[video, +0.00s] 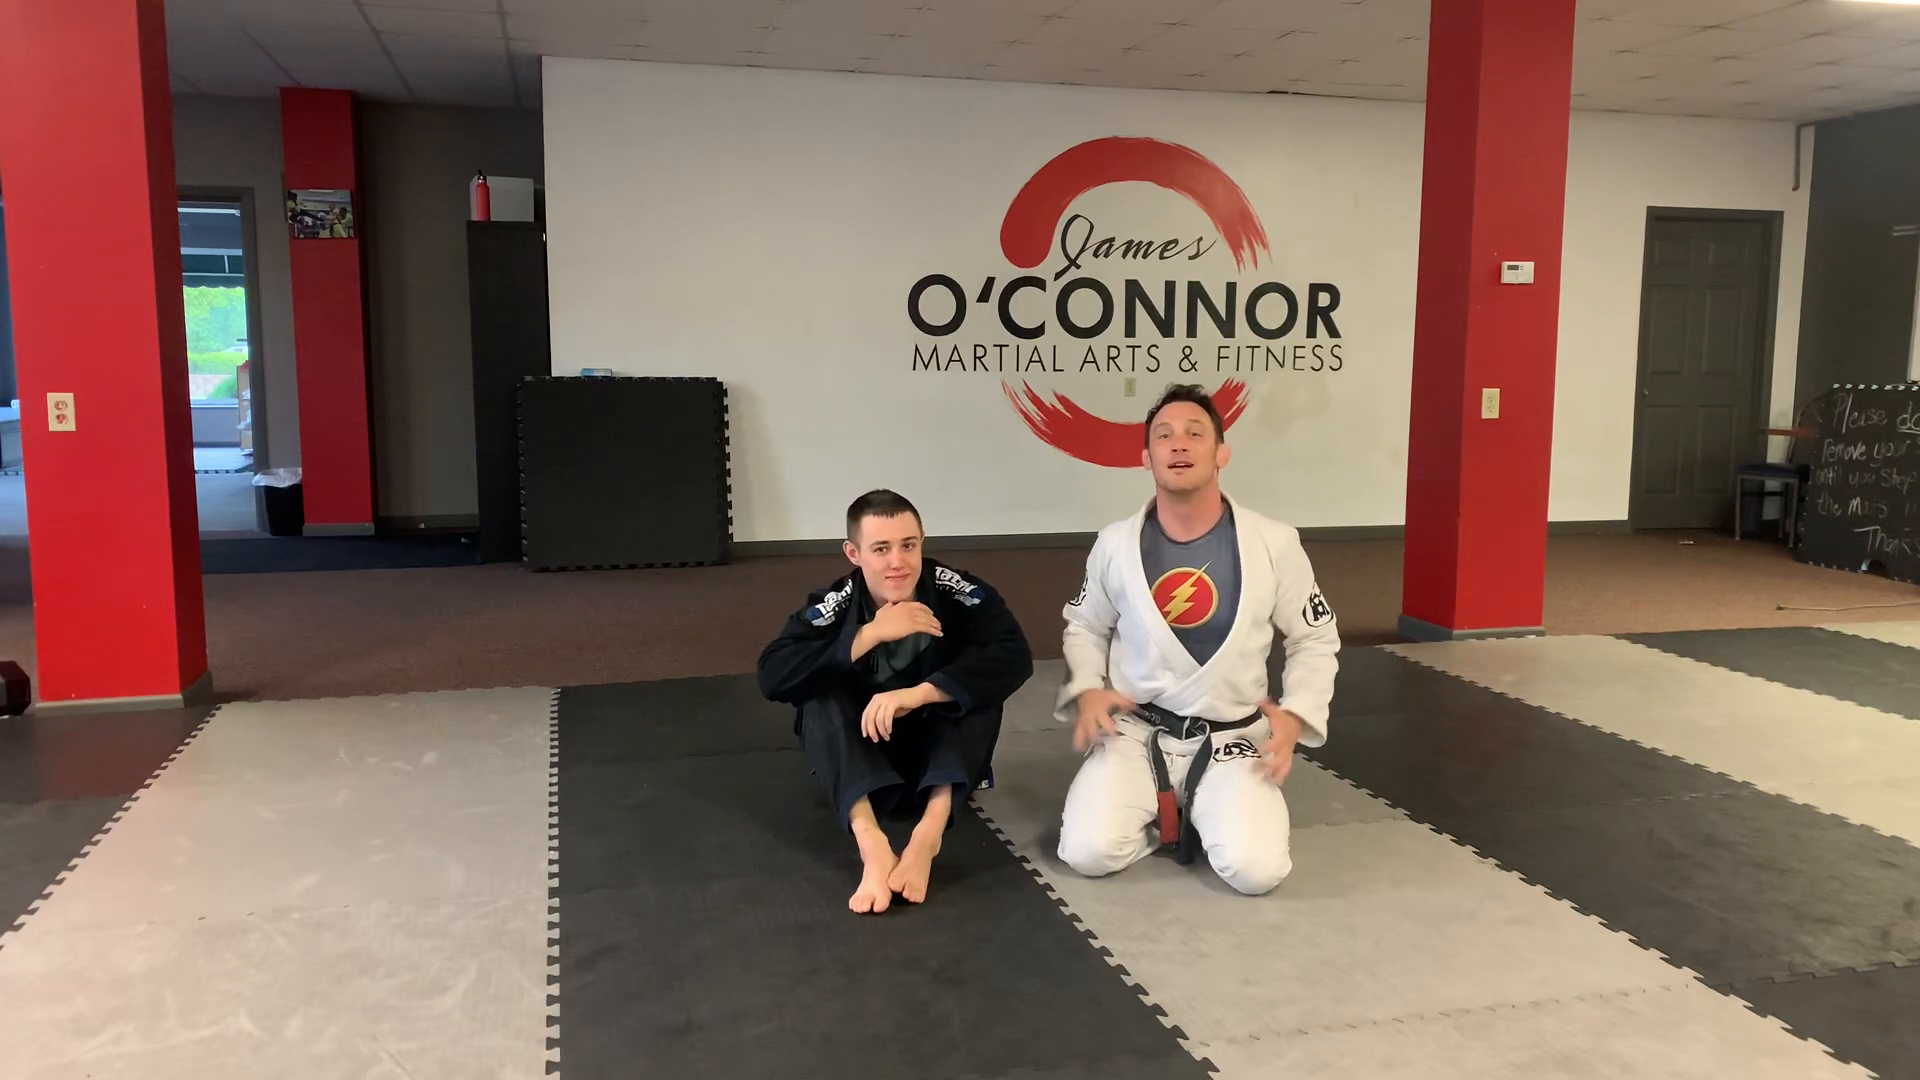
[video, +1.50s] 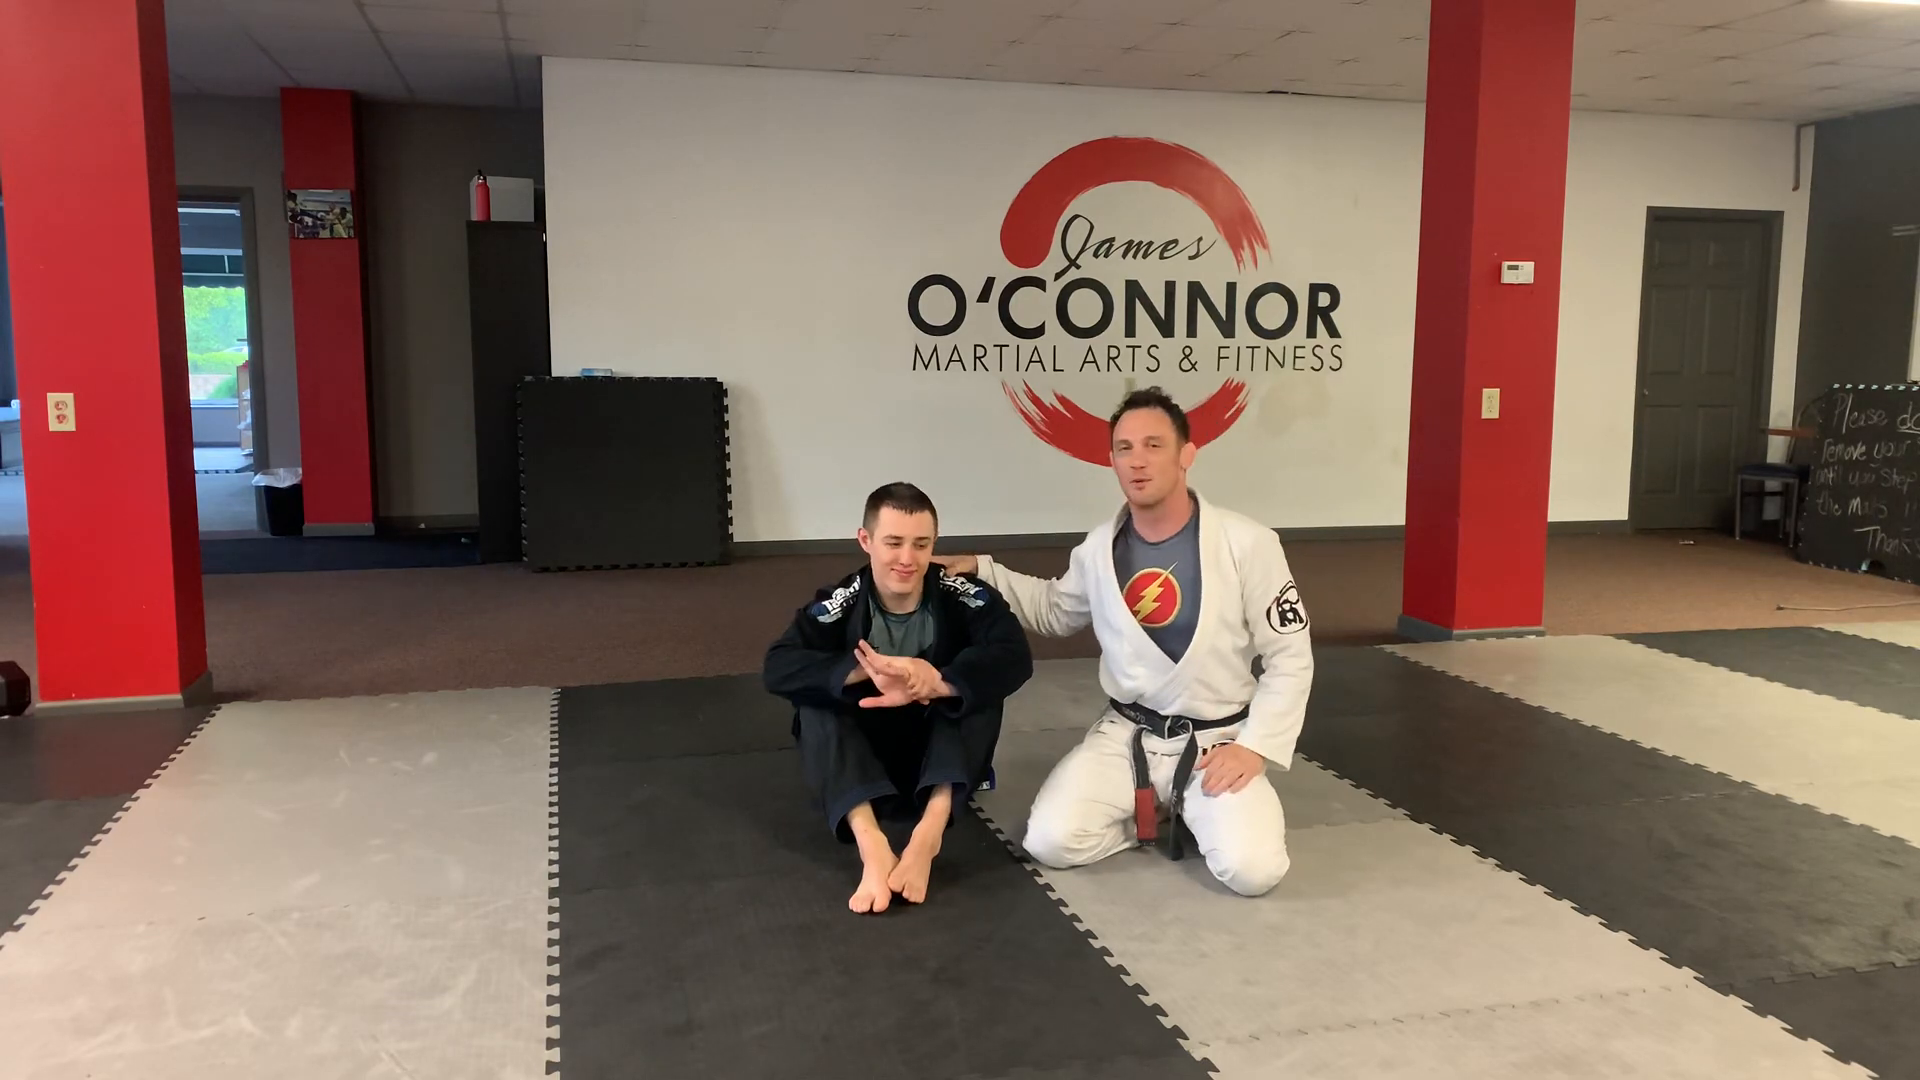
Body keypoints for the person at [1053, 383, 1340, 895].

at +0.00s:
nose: (1178, 443)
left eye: (1194, 432)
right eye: (1164, 434)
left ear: (1222, 455)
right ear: (1146, 460)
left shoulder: (1273, 544)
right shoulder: (1115, 545)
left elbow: (1314, 639)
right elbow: (1086, 626)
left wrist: (1295, 715)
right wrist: (1090, 687)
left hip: (1233, 736)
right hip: (1136, 728)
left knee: (1258, 871)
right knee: (1087, 852)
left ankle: (1212, 803)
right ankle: (1164, 812)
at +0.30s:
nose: (1179, 448)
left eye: (1194, 435)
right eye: (1165, 437)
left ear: (1222, 452)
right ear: (1147, 456)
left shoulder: (1273, 544)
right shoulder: (1116, 543)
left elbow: (1317, 636)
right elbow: (1084, 609)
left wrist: (1313, 705)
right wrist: (1073, 641)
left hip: (1228, 739)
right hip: (1132, 729)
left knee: (1256, 871)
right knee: (1086, 853)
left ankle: (1208, 798)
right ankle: (1163, 809)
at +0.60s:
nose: (1147, 467)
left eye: (1162, 452)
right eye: (1148, 452)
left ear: (1213, 457)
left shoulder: (1287, 548)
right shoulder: (1139, 540)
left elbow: (1330, 650)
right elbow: (1087, 594)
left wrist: (1299, 723)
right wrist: (1054, 539)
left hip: (1236, 739)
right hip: (1141, 726)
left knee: (1261, 872)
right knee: (1089, 850)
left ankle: (1214, 801)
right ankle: (1172, 811)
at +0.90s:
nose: (1142, 467)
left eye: (1155, 452)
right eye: (1142, 453)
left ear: (1203, 457)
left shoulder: (1281, 546)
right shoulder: (1137, 540)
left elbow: (1328, 648)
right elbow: (1077, 575)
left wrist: (1295, 720)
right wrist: (1033, 499)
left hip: (1231, 740)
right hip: (1137, 726)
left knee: (1259, 871)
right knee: (1058, 835)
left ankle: (1209, 801)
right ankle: (1169, 807)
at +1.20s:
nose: (1121, 466)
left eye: (1136, 452)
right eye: (1122, 452)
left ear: (1185, 458)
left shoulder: (1259, 547)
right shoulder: (1114, 545)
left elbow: (1300, 661)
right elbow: (1057, 604)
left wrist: (1255, 748)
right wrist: (981, 566)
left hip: (1219, 738)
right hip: (1125, 728)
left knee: (1254, 870)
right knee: (1051, 841)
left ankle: (1198, 806)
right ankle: (1155, 806)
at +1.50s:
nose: (1137, 462)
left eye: (1153, 446)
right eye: (1124, 448)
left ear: (1186, 456)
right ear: (1111, 461)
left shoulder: (1248, 545)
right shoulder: (1097, 551)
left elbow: (1289, 656)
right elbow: (1055, 612)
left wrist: (1257, 746)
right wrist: (983, 569)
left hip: (1219, 738)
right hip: (1125, 732)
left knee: (1254, 871)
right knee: (1051, 842)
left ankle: (1200, 798)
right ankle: (1158, 811)